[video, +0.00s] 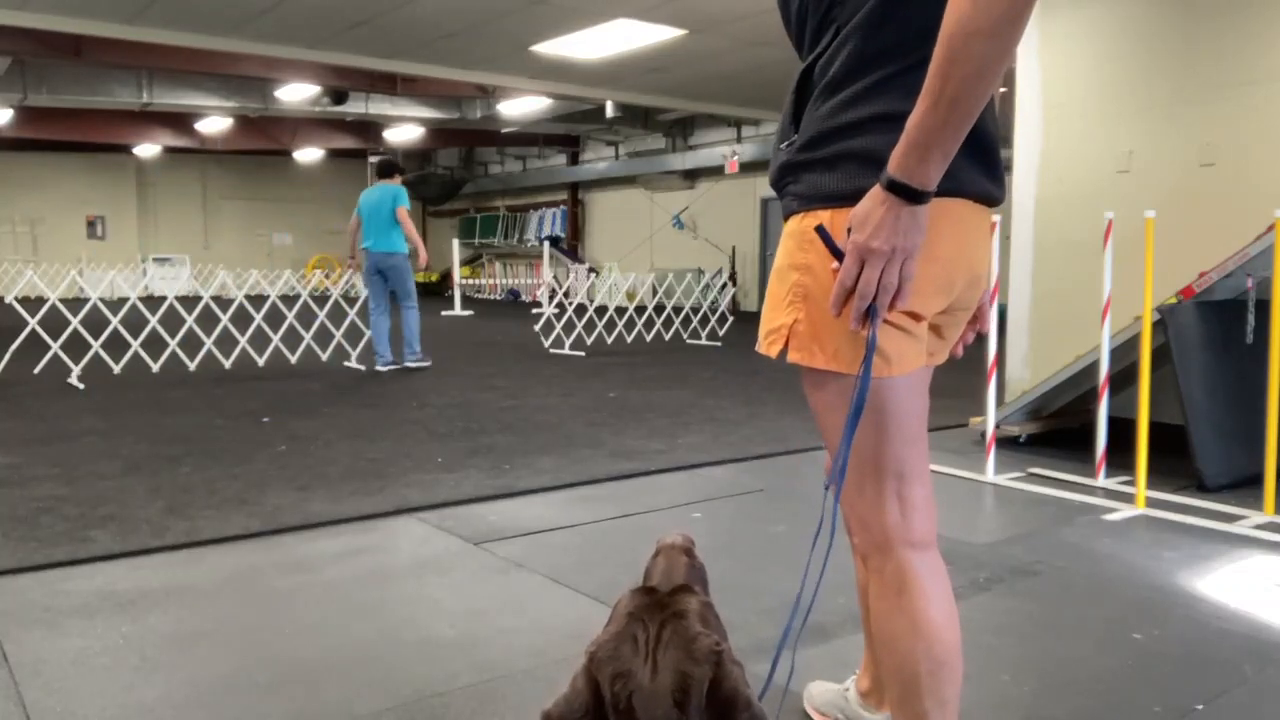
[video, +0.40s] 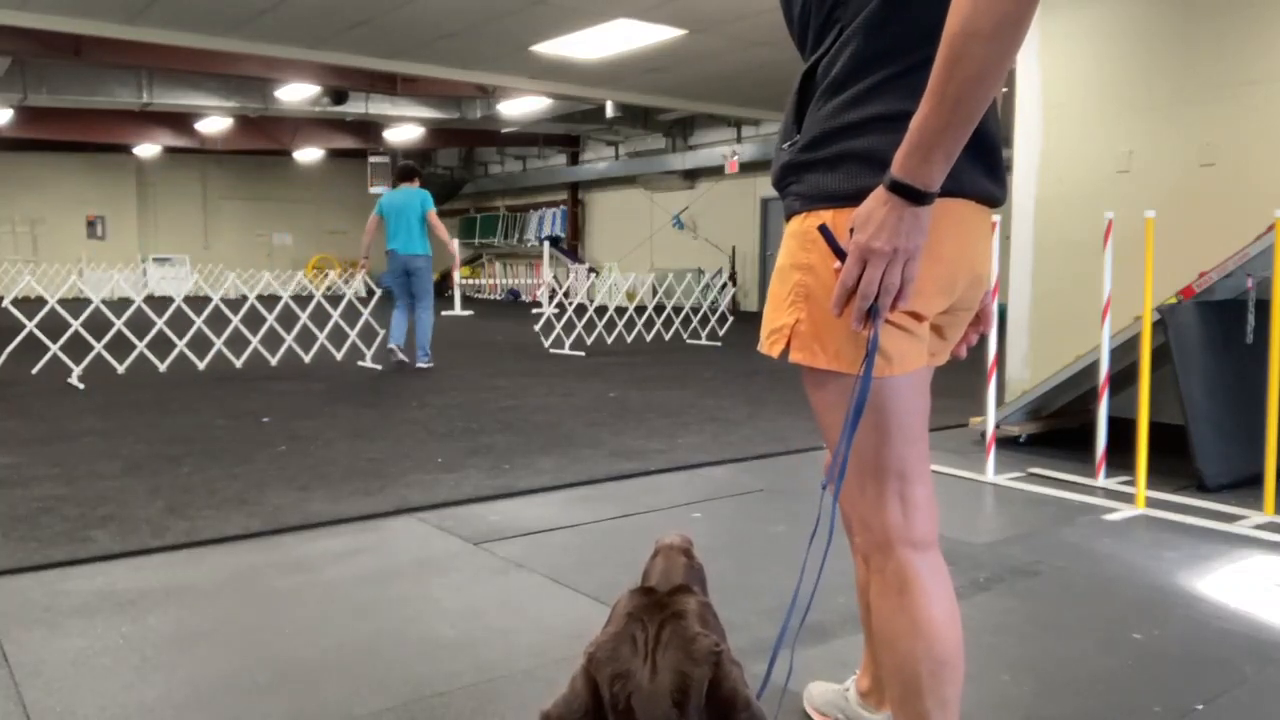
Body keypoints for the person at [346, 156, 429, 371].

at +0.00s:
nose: (400, 180)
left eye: (400, 178)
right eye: (400, 177)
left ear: (378, 176)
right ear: (396, 176)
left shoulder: (365, 194)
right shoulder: (398, 191)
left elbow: (353, 227)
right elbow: (403, 218)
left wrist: (352, 255)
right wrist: (420, 247)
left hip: (370, 254)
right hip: (395, 254)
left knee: (377, 307)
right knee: (409, 304)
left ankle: (382, 358)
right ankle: (413, 354)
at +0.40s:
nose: (419, 184)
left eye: (418, 181)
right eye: (419, 181)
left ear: (397, 180)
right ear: (416, 180)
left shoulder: (385, 198)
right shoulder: (422, 195)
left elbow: (370, 228)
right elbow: (434, 223)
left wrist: (364, 256)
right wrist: (451, 246)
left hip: (395, 255)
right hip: (419, 256)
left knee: (401, 302)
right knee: (424, 305)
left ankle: (394, 343)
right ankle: (423, 357)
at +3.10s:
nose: (300, 181)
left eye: (302, 177)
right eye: (296, 177)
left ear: (305, 181)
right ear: (286, 180)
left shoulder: (301, 202)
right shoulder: (276, 200)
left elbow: (303, 230)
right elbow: (266, 229)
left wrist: (313, 254)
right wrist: (268, 257)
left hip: (299, 256)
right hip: (282, 256)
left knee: (303, 299)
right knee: (284, 299)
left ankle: (306, 340)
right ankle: (277, 343)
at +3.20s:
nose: (298, 180)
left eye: (300, 177)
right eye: (294, 176)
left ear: (303, 180)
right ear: (284, 179)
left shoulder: (300, 202)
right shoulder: (274, 200)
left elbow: (301, 231)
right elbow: (265, 229)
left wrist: (310, 254)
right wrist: (268, 257)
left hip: (298, 256)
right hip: (282, 257)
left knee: (301, 299)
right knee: (283, 300)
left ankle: (301, 339)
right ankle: (278, 343)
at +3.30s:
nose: (296, 180)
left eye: (298, 177)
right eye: (291, 176)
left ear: (301, 180)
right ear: (282, 179)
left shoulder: (298, 202)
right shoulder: (273, 200)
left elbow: (300, 231)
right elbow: (264, 230)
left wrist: (307, 255)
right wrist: (267, 257)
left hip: (298, 256)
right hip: (281, 256)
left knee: (301, 298)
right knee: (284, 299)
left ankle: (295, 339)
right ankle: (278, 344)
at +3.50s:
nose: (294, 180)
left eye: (296, 176)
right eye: (289, 176)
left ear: (299, 180)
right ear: (280, 179)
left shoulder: (296, 202)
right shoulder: (272, 200)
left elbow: (298, 233)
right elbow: (263, 229)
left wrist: (302, 259)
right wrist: (264, 258)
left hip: (297, 256)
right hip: (280, 256)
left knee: (297, 299)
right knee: (284, 299)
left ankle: (290, 340)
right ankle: (276, 343)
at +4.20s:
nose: (289, 185)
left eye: (292, 181)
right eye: (285, 180)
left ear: (295, 186)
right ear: (276, 183)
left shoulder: (289, 206)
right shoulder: (267, 203)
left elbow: (291, 234)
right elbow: (260, 232)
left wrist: (296, 259)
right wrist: (264, 259)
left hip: (292, 256)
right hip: (277, 256)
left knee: (284, 299)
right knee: (286, 297)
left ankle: (278, 341)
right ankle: (277, 342)